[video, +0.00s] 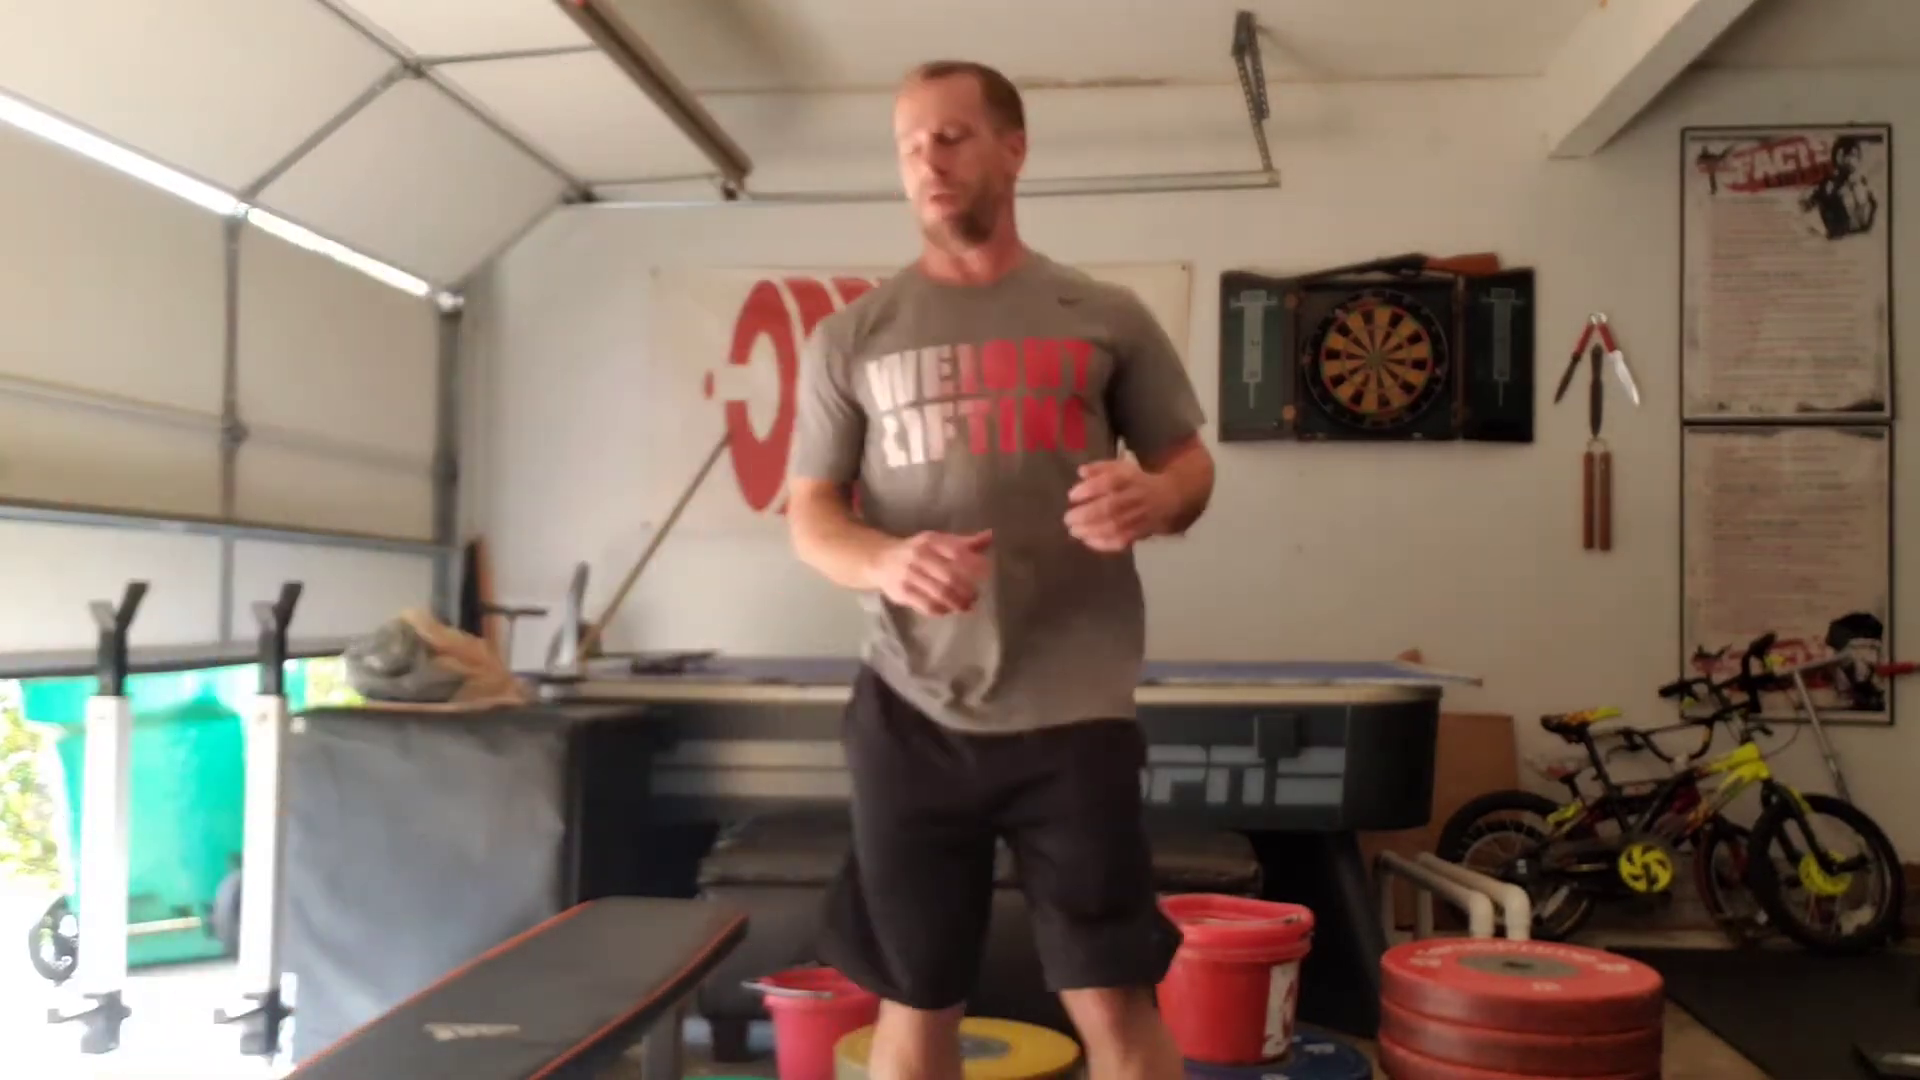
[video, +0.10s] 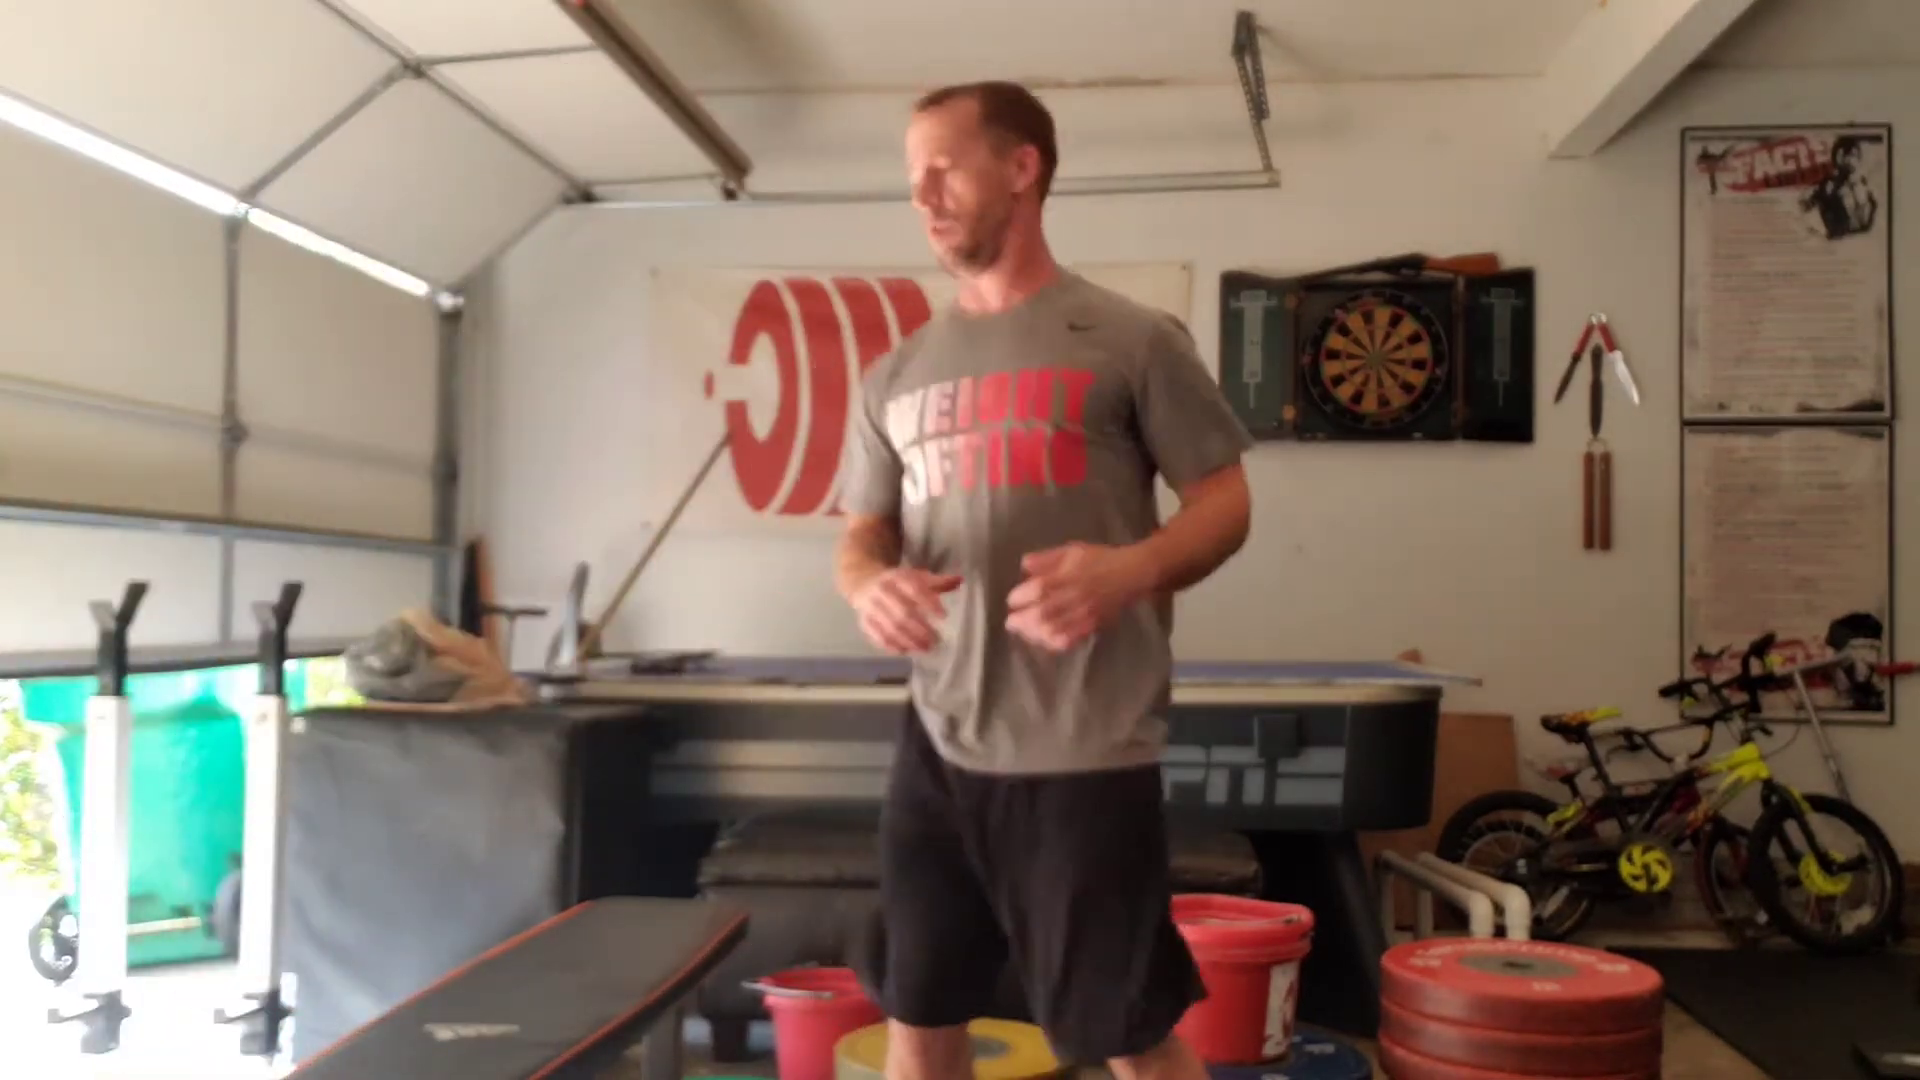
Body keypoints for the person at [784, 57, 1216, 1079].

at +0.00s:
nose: (930, 162)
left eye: (953, 138)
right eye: (913, 146)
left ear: (1012, 150)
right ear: (900, 167)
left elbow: (1192, 469)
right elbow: (812, 515)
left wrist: (1157, 498)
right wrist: (882, 560)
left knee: (1109, 1005)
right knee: (916, 1010)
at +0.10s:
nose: (924, 196)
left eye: (947, 172)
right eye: (916, 177)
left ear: (1026, 172)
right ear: (909, 190)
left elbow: (1226, 507)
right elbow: (865, 534)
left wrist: (1130, 571)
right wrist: (866, 581)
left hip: (1085, 751)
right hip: (941, 749)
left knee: (1132, 1040)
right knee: (921, 1020)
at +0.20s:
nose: (928, 207)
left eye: (945, 180)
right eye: (923, 186)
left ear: (1024, 171)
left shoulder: (1129, 333)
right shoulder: (952, 369)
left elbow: (1208, 521)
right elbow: (942, 543)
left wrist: (1058, 631)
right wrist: (893, 614)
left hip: (1105, 757)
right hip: (976, 749)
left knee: (1150, 1037)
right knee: (935, 1003)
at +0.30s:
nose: (929, 207)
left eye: (942, 180)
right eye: (927, 185)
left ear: (1015, 168)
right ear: (1004, 175)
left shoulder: (1096, 312)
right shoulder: (1008, 332)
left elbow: (1150, 506)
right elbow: (1016, 534)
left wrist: (966, 589)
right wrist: (911, 614)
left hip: (1114, 744)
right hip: (1019, 736)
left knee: (1155, 1029)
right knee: (947, 959)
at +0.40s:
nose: (920, 219)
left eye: (930, 190)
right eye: (918, 196)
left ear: (1002, 175)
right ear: (1003, 181)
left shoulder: (1064, 321)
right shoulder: (1014, 327)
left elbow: (1068, 524)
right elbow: (1037, 545)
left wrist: (880, 591)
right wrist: (922, 629)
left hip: (1104, 737)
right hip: (1032, 727)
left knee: (1149, 1037)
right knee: (973, 962)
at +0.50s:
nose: (891, 222)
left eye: (901, 194)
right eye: (889, 198)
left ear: (969, 179)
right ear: (973, 185)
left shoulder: (1019, 308)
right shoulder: (994, 314)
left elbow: (1000, 505)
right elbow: (1024, 527)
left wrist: (825, 626)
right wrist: (926, 637)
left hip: (1086, 718)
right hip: (1031, 714)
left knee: (1116, 1035)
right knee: (994, 973)